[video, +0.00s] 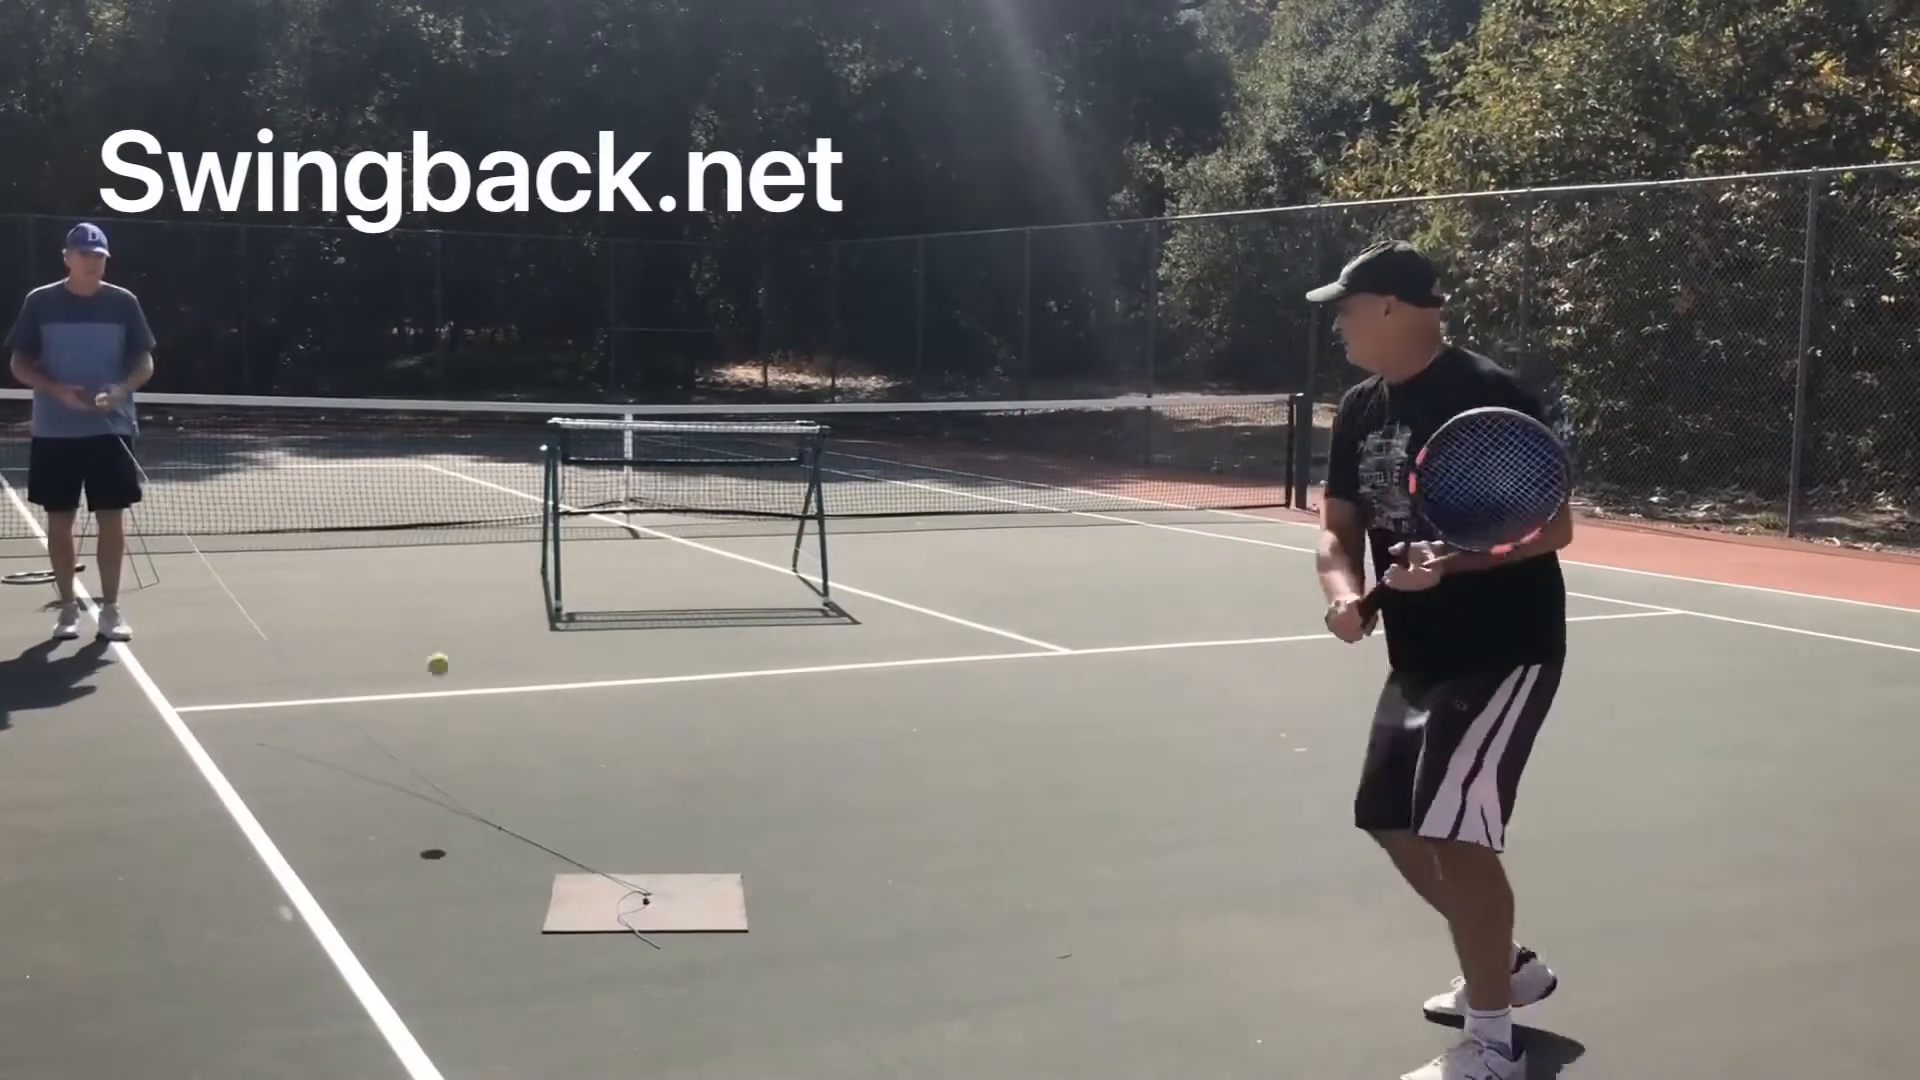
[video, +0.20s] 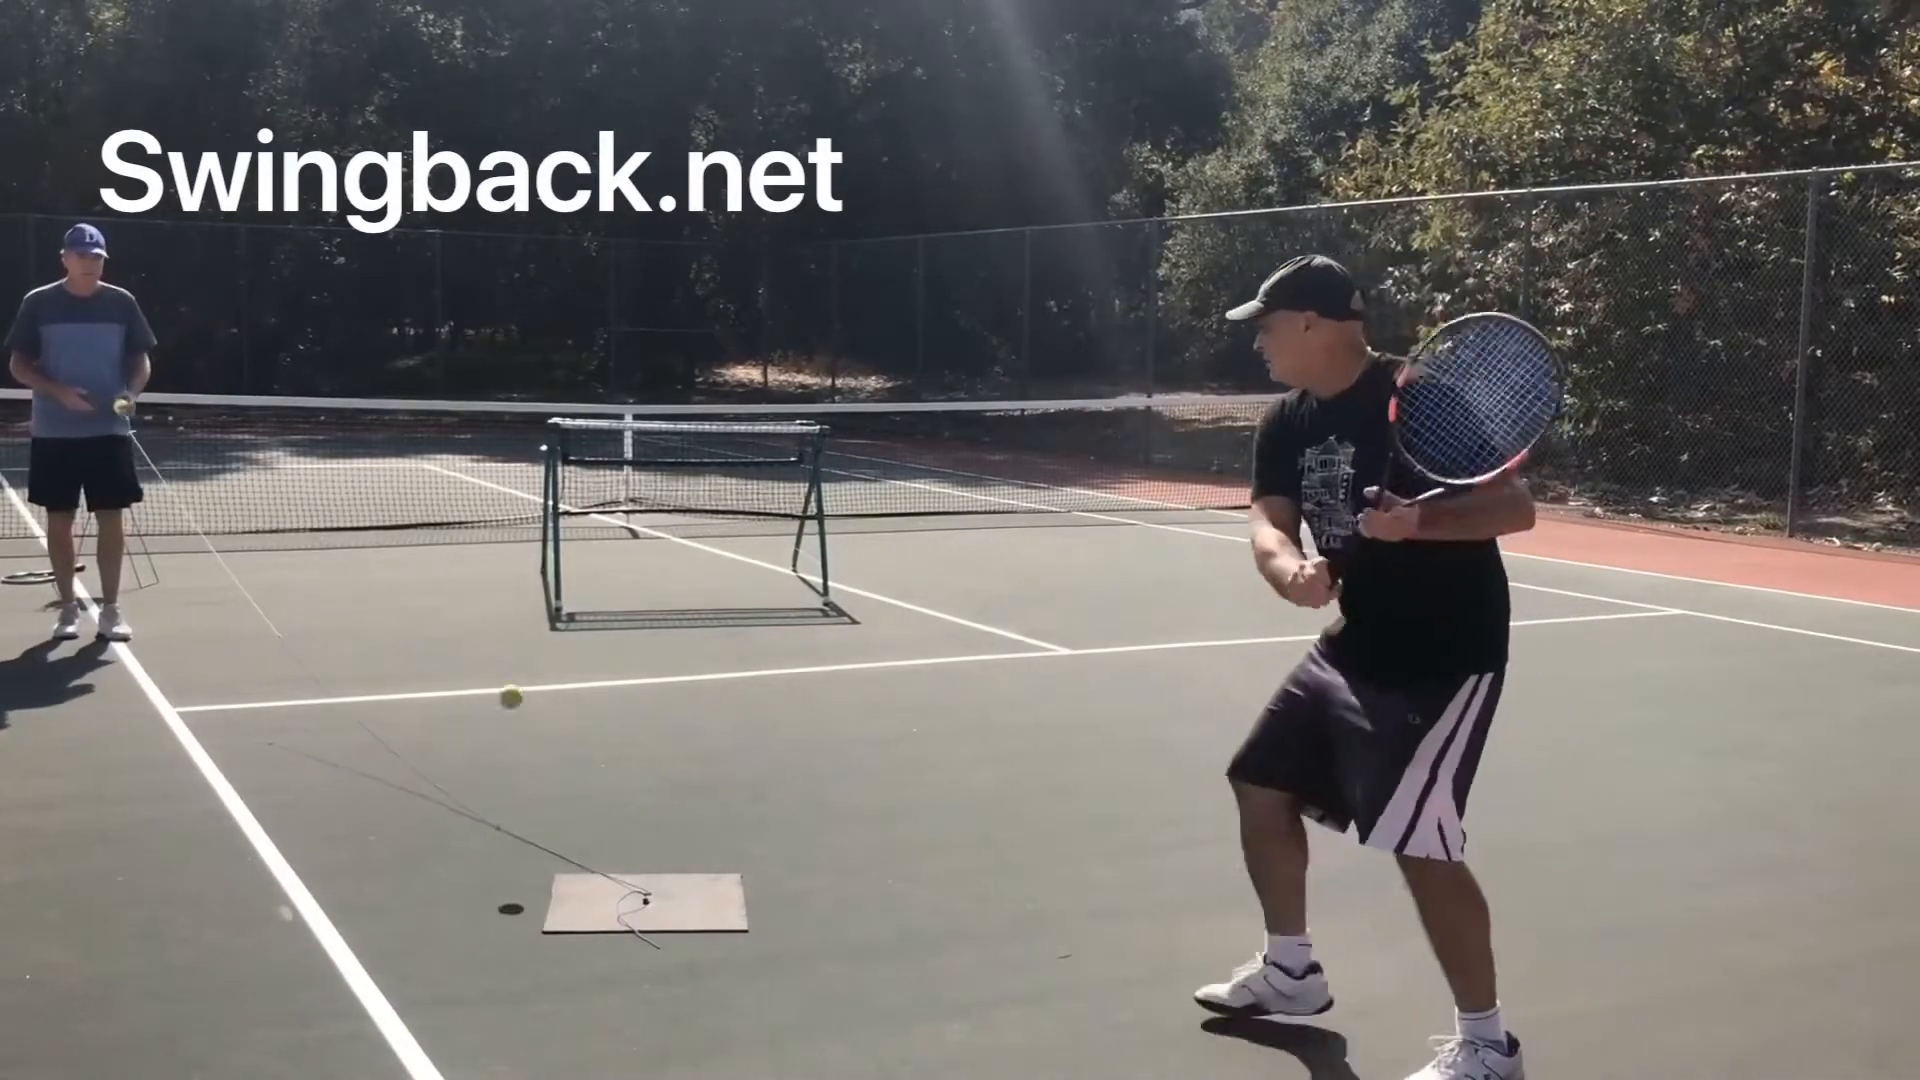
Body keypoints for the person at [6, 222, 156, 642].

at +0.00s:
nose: (91, 264)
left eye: (98, 257)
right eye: (84, 256)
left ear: (106, 260)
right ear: (67, 256)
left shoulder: (124, 302)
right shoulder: (40, 301)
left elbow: (145, 363)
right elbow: (19, 364)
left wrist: (121, 389)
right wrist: (58, 390)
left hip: (109, 433)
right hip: (55, 436)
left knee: (111, 519)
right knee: (60, 520)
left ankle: (111, 609)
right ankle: (69, 606)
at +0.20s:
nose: (89, 265)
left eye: (95, 258)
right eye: (81, 257)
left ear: (104, 261)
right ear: (65, 257)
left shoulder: (122, 302)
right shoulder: (38, 303)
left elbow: (142, 360)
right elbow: (18, 365)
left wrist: (130, 393)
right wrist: (59, 391)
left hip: (109, 435)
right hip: (55, 437)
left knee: (111, 519)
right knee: (59, 520)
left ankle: (110, 609)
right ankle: (68, 607)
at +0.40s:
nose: (87, 265)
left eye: (94, 258)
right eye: (80, 257)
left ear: (103, 260)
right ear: (63, 257)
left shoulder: (121, 302)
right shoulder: (37, 303)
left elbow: (136, 358)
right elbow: (17, 365)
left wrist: (135, 397)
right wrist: (59, 392)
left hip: (109, 434)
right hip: (55, 436)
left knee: (111, 518)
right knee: (59, 520)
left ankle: (110, 609)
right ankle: (69, 608)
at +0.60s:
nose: (87, 265)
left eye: (94, 258)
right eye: (80, 257)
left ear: (103, 260)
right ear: (64, 258)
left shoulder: (120, 303)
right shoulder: (36, 303)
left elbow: (135, 361)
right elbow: (17, 365)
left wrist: (139, 409)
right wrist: (58, 391)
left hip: (108, 434)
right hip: (54, 436)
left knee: (110, 518)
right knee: (59, 520)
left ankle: (110, 609)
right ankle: (69, 608)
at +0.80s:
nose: (88, 266)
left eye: (95, 259)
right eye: (81, 258)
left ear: (104, 262)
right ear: (64, 259)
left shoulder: (120, 303)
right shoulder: (37, 303)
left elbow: (135, 363)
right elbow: (16, 364)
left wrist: (140, 412)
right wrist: (56, 392)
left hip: (108, 434)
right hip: (54, 436)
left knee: (110, 518)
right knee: (59, 520)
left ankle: (110, 609)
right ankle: (69, 607)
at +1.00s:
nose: (91, 267)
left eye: (97, 260)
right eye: (83, 259)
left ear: (106, 263)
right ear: (66, 259)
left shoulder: (121, 304)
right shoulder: (38, 303)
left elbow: (134, 364)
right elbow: (16, 363)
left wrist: (139, 417)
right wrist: (56, 393)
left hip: (108, 435)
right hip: (53, 437)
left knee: (110, 519)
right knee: (59, 521)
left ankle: (110, 609)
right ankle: (69, 607)